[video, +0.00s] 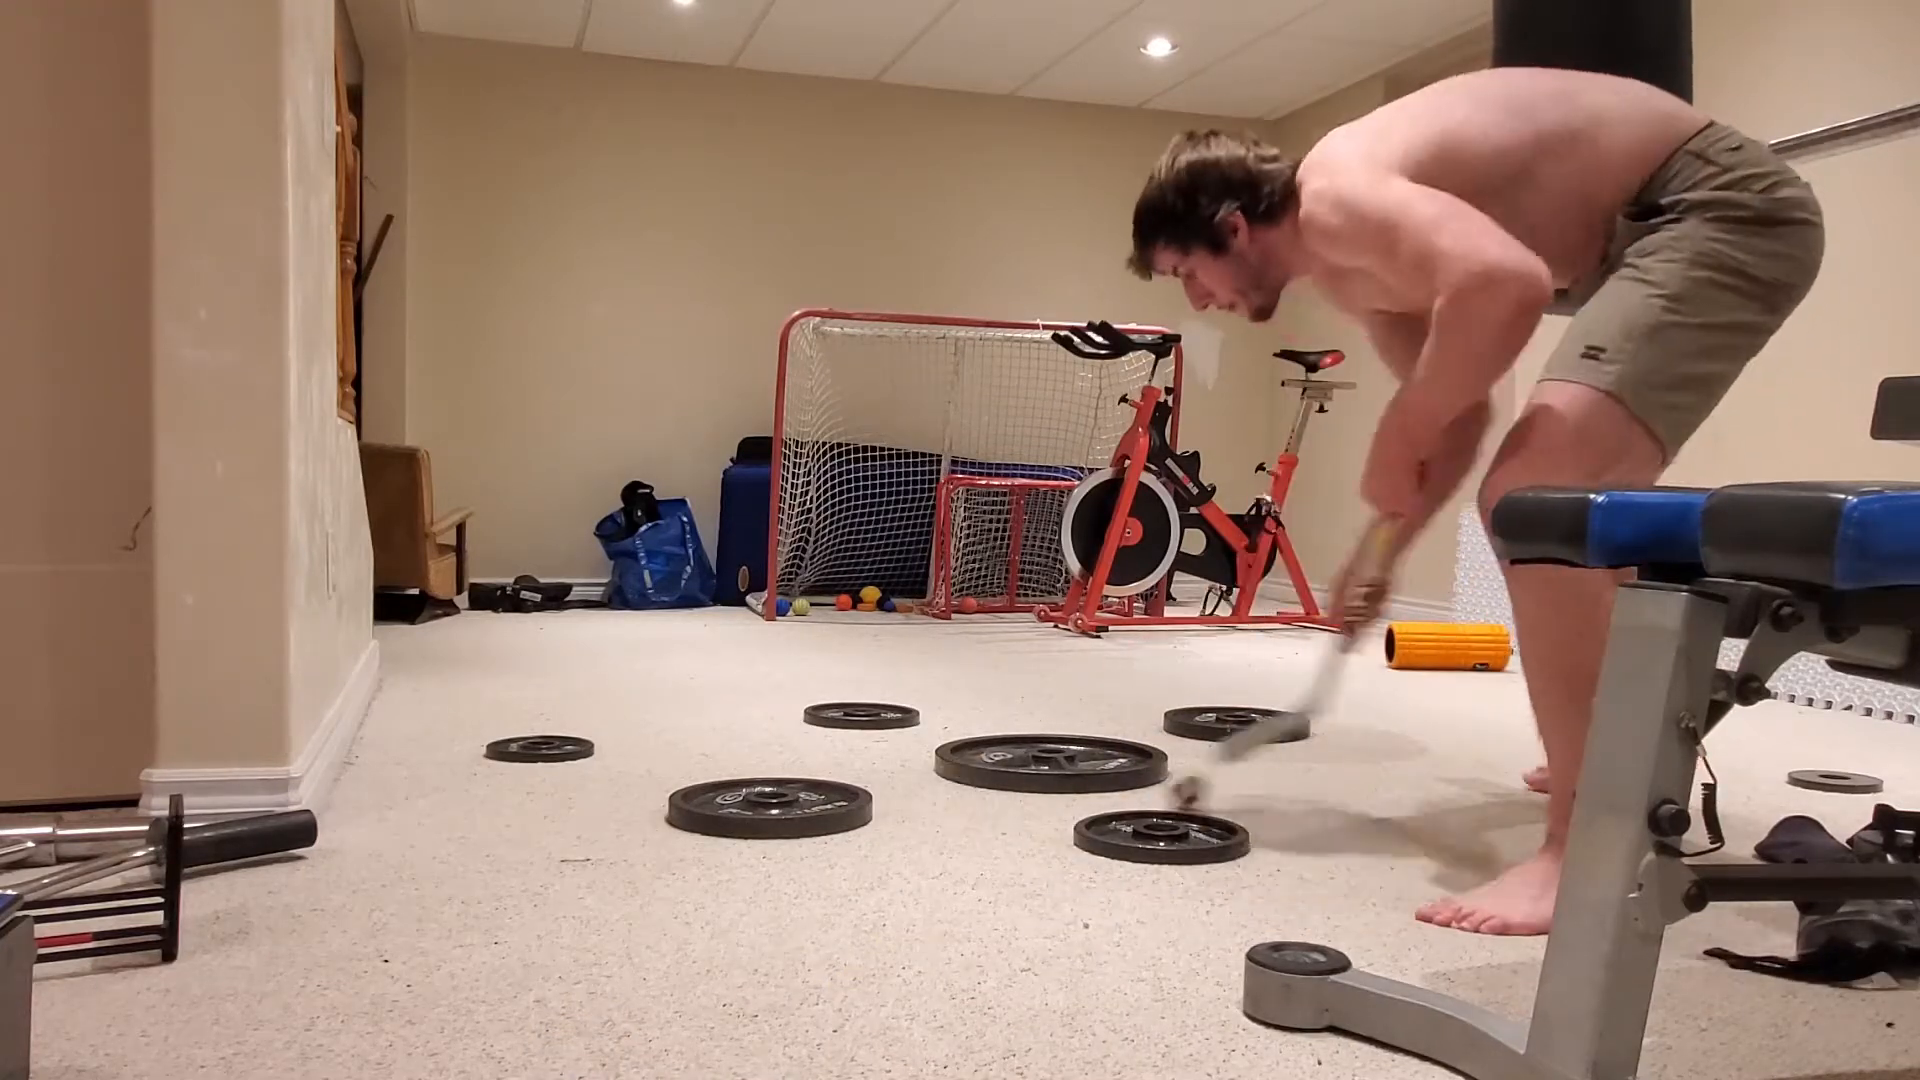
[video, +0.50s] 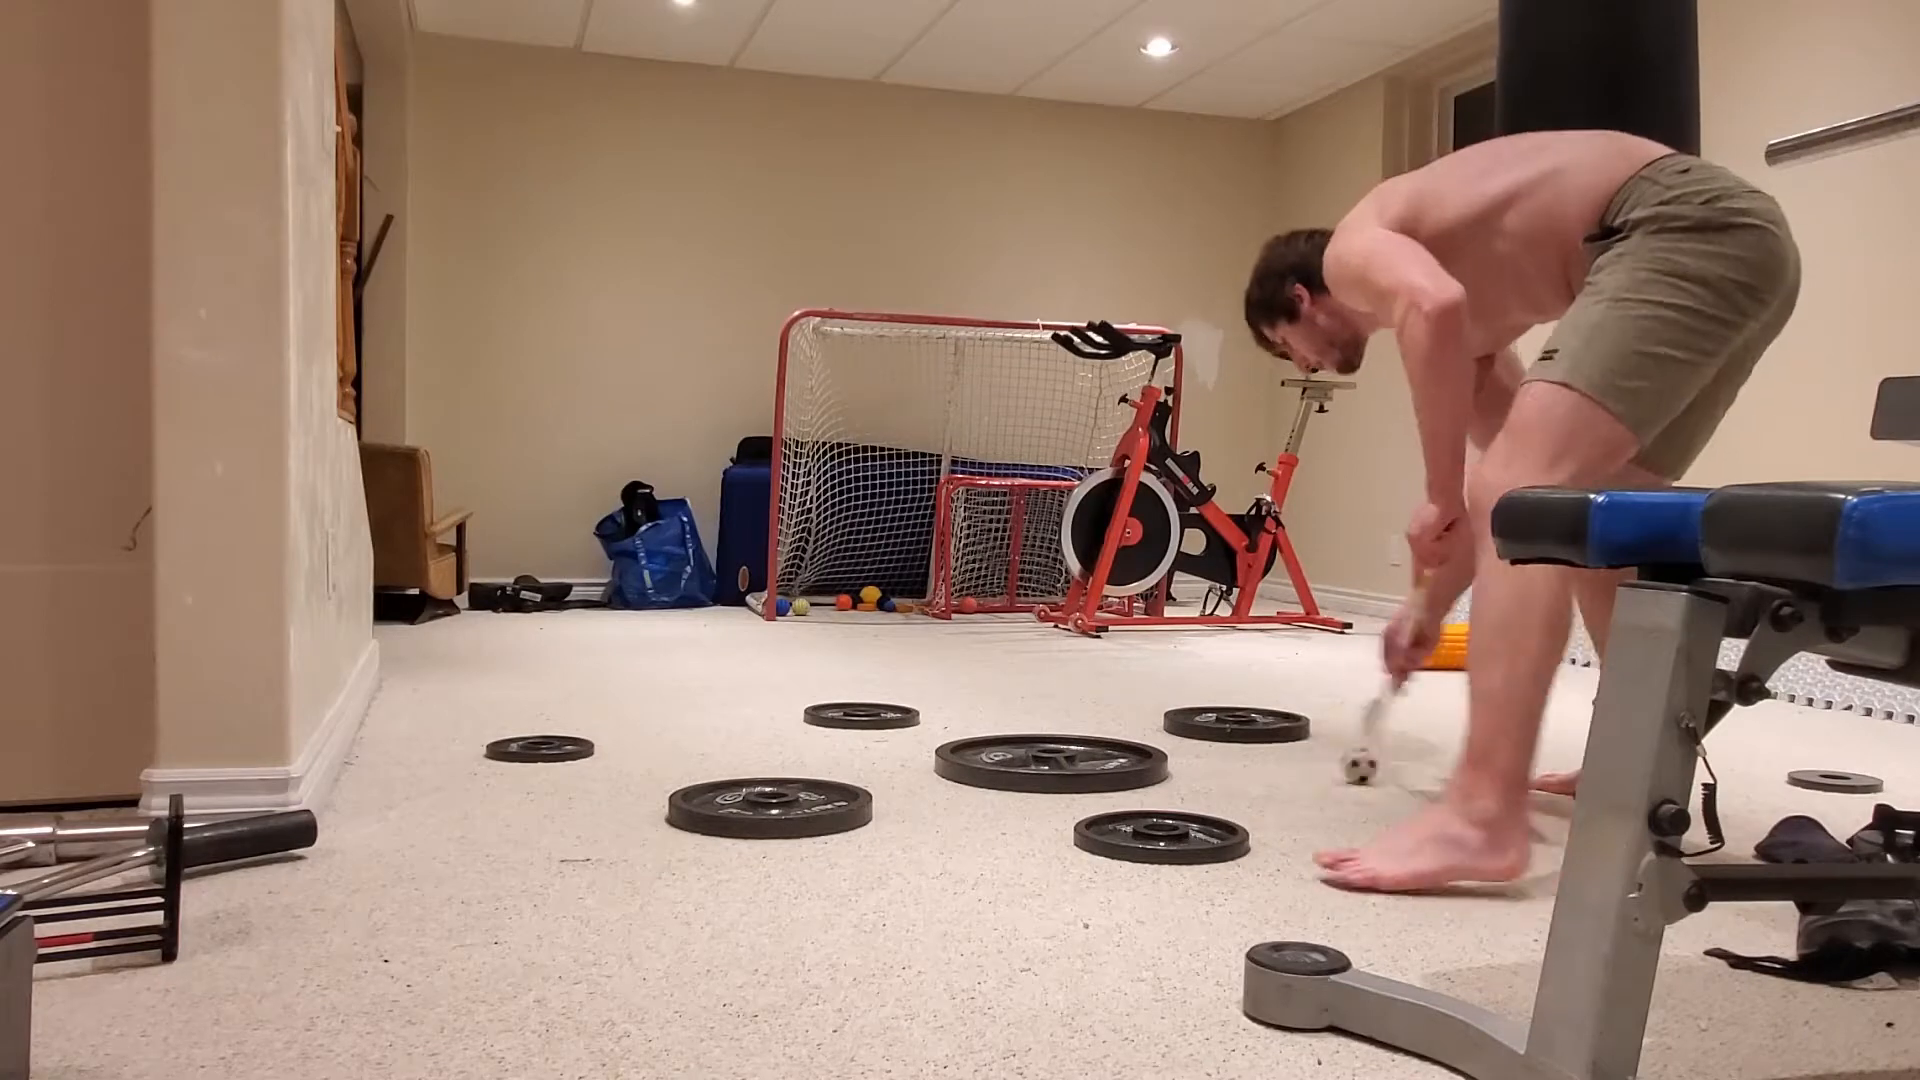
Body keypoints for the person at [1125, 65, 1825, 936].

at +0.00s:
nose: (1201, 303)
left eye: (1189, 278)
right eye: (1184, 290)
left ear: (1228, 226)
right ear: (1237, 228)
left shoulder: (1335, 202)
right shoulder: (1351, 269)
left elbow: (1505, 283)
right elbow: (1458, 411)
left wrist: (1407, 431)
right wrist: (1380, 549)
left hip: (1719, 207)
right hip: (1658, 231)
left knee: (1540, 492)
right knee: (1529, 491)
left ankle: (1579, 849)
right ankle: (1607, 748)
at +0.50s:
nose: (1306, 367)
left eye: (1287, 348)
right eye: (1288, 359)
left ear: (1304, 301)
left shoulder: (1352, 249)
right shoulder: (1461, 321)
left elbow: (1436, 307)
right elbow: (1509, 473)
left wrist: (1444, 495)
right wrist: (1429, 608)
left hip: (1688, 230)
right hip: (1732, 243)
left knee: (1517, 491)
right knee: (1602, 512)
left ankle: (1482, 817)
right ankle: (1647, 762)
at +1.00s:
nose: (1125, 324)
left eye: (1113, 300)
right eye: (1108, 313)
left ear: (1146, 250)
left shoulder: (1252, 197)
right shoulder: (1258, 339)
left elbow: (1373, 293)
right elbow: (1261, 499)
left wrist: (1272, 484)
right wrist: (1159, 608)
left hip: (1585, 249)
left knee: (1379, 514)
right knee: (1464, 544)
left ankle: (1459, 834)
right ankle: (1637, 736)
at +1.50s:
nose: (1009, 320)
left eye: (1001, 297)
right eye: (997, 306)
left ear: (1035, 262)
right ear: (1040, 268)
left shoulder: (1126, 251)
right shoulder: (1124, 317)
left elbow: (1199, 415)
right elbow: (1115, 463)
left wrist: (1115, 533)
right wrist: (1009, 568)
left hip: (1404, 278)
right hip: (1339, 317)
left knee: (1334, 523)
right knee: (1230, 504)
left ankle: (1439, 805)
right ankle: (1256, 720)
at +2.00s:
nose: (990, 312)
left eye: (974, 297)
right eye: (977, 304)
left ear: (973, 259)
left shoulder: (1008, 227)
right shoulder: (1109, 296)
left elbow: (1037, 329)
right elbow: (1118, 401)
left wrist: (1027, 493)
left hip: (1255, 263)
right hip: (1324, 286)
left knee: (1085, 478)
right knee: (1189, 506)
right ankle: (1258, 721)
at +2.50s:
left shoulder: (952, 233)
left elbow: (931, 376)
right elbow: (1186, 395)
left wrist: (1034, 502)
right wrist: (1189, 560)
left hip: (1043, 195)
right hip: (1175, 183)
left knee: (953, 508)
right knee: (1238, 520)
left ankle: (945, 771)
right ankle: (1325, 780)